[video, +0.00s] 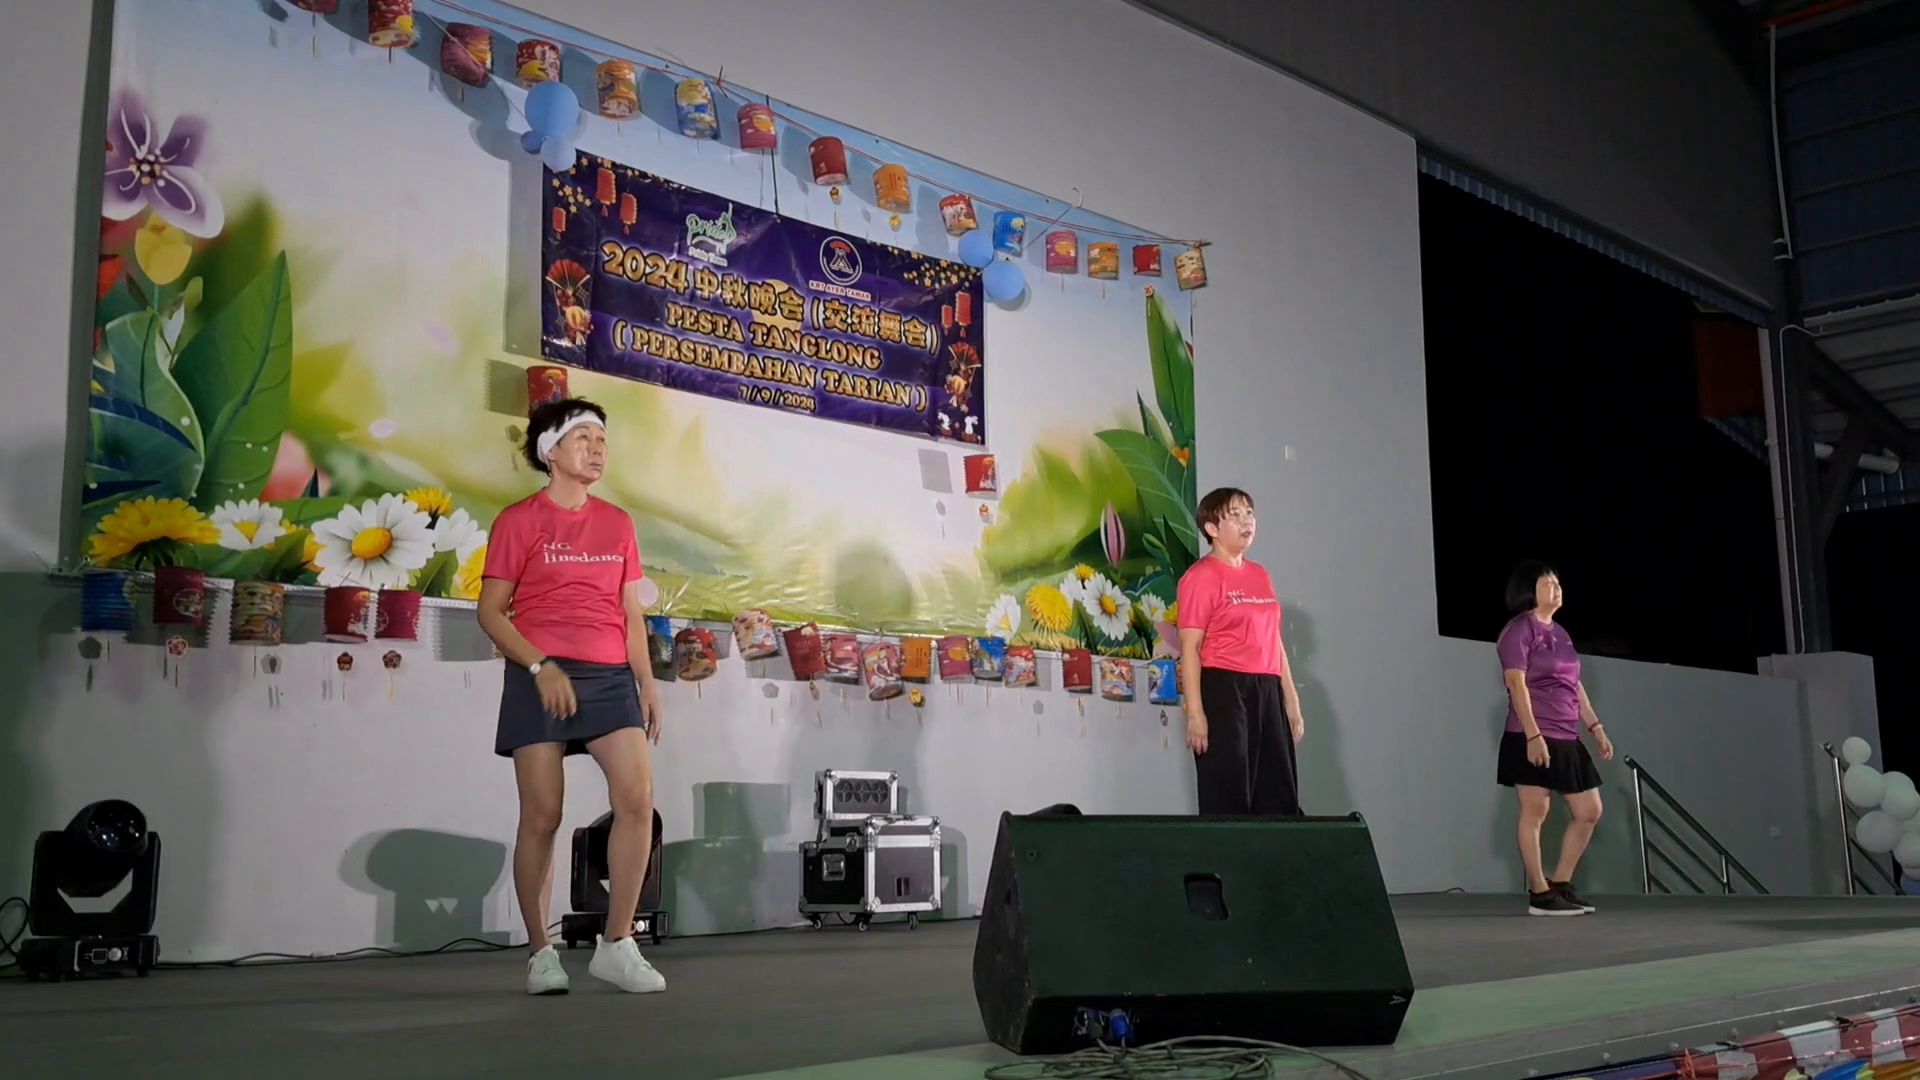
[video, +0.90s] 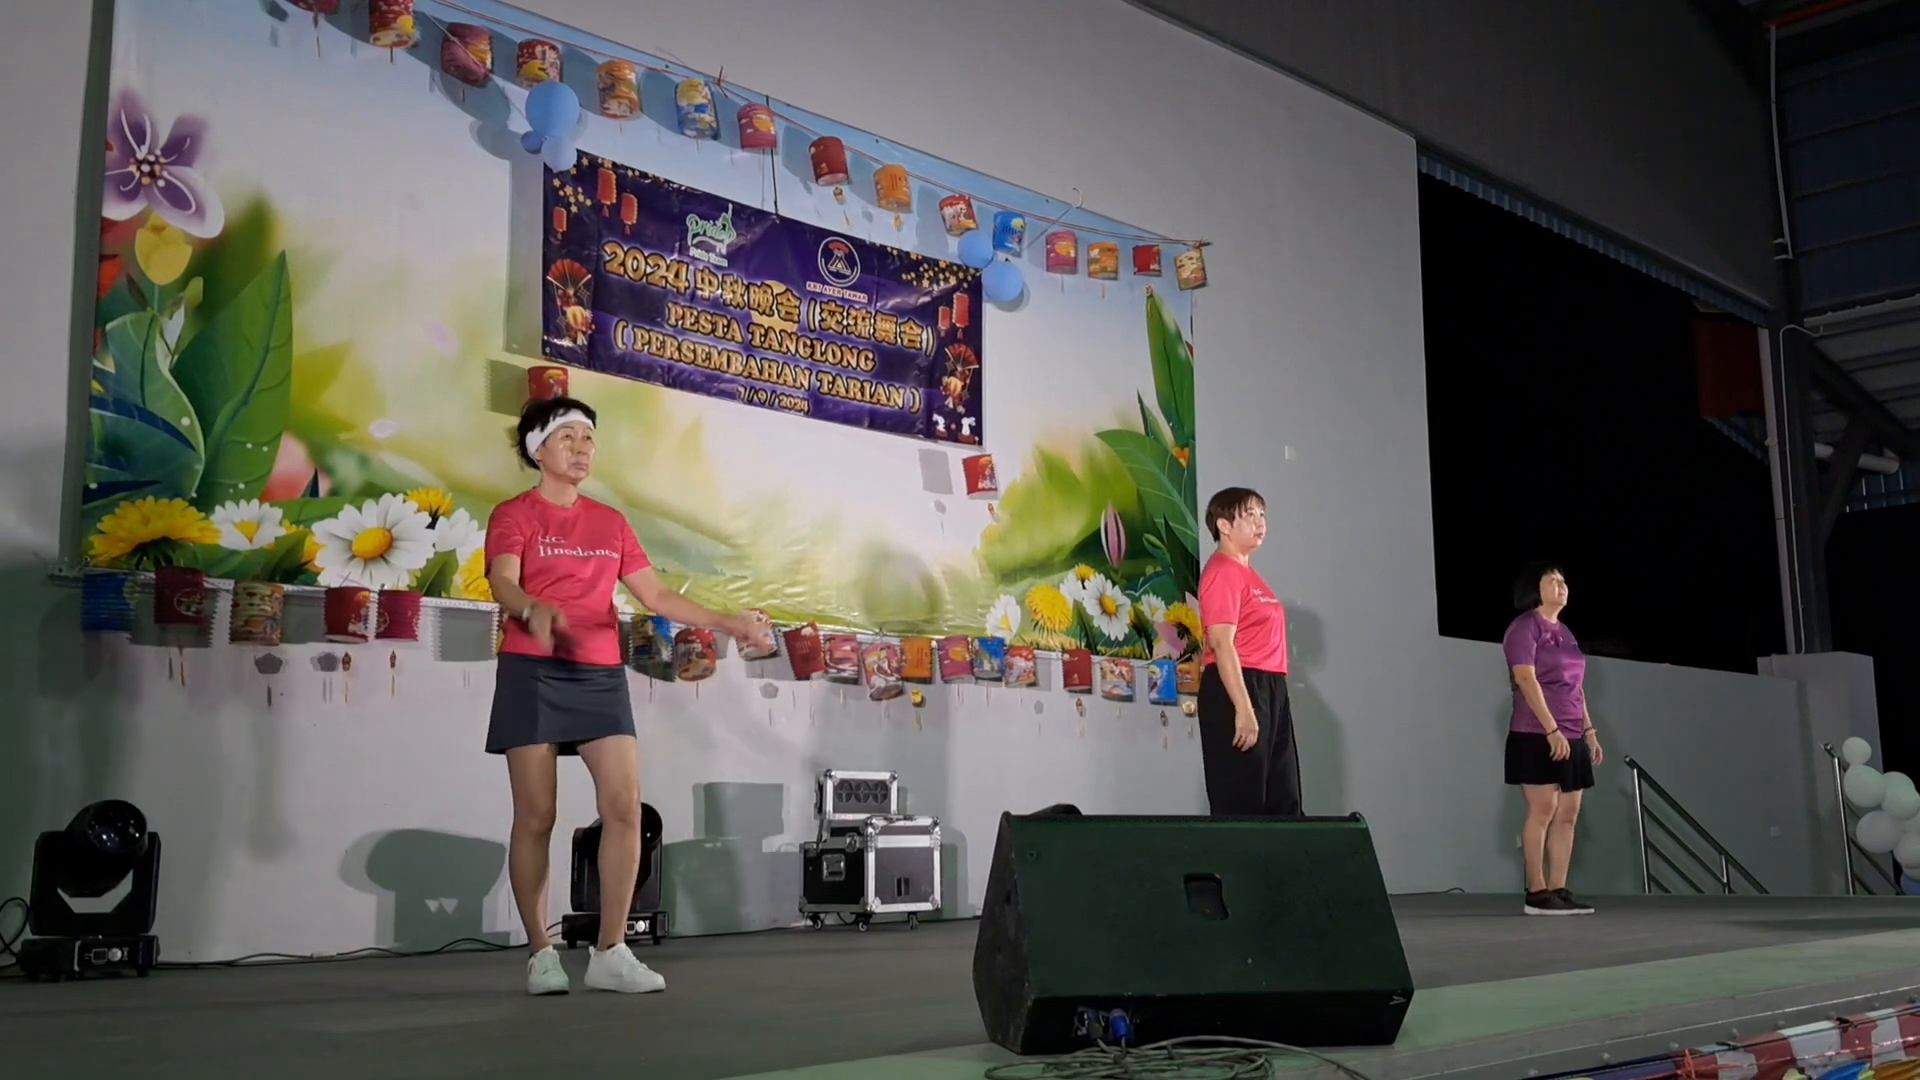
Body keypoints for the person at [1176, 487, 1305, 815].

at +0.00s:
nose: (1247, 522)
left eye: (1250, 514)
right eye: (1236, 515)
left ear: (1256, 521)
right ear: (1212, 528)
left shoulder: (1261, 576)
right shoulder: (1200, 577)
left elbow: (1275, 643)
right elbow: (1189, 648)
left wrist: (1291, 700)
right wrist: (1194, 713)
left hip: (1269, 693)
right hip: (1224, 691)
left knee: (1277, 794)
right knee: (1229, 796)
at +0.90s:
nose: (1260, 525)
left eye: (1262, 517)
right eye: (1250, 517)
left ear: (1266, 522)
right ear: (1224, 526)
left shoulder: (1245, 570)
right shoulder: (1223, 571)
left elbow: (1253, 642)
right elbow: (1221, 643)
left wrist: (1276, 706)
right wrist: (1243, 707)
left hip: (1270, 689)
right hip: (1239, 688)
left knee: (1282, 798)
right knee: (1241, 800)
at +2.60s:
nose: (1263, 528)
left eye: (1267, 520)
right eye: (1252, 519)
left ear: (1272, 525)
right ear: (1227, 525)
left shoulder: (1267, 572)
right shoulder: (1221, 574)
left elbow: (1289, 631)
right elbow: (1216, 635)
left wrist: (1313, 684)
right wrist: (1241, 693)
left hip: (1277, 693)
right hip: (1236, 692)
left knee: (1286, 796)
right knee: (1257, 797)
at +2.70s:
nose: (1260, 531)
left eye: (1265, 523)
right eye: (1251, 522)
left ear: (1270, 529)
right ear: (1226, 528)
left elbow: (1306, 631)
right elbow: (1200, 632)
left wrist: (1345, 675)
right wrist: (1214, 684)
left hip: (1279, 698)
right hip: (1235, 698)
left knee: (1286, 798)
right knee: (1251, 799)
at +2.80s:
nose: (1256, 533)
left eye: (1261, 525)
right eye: (1247, 524)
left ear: (1266, 532)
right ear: (1221, 529)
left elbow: (1320, 626)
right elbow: (1182, 628)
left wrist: (1370, 657)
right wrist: (1179, 677)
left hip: (1277, 696)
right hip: (1227, 695)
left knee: (1282, 793)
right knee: (1229, 794)